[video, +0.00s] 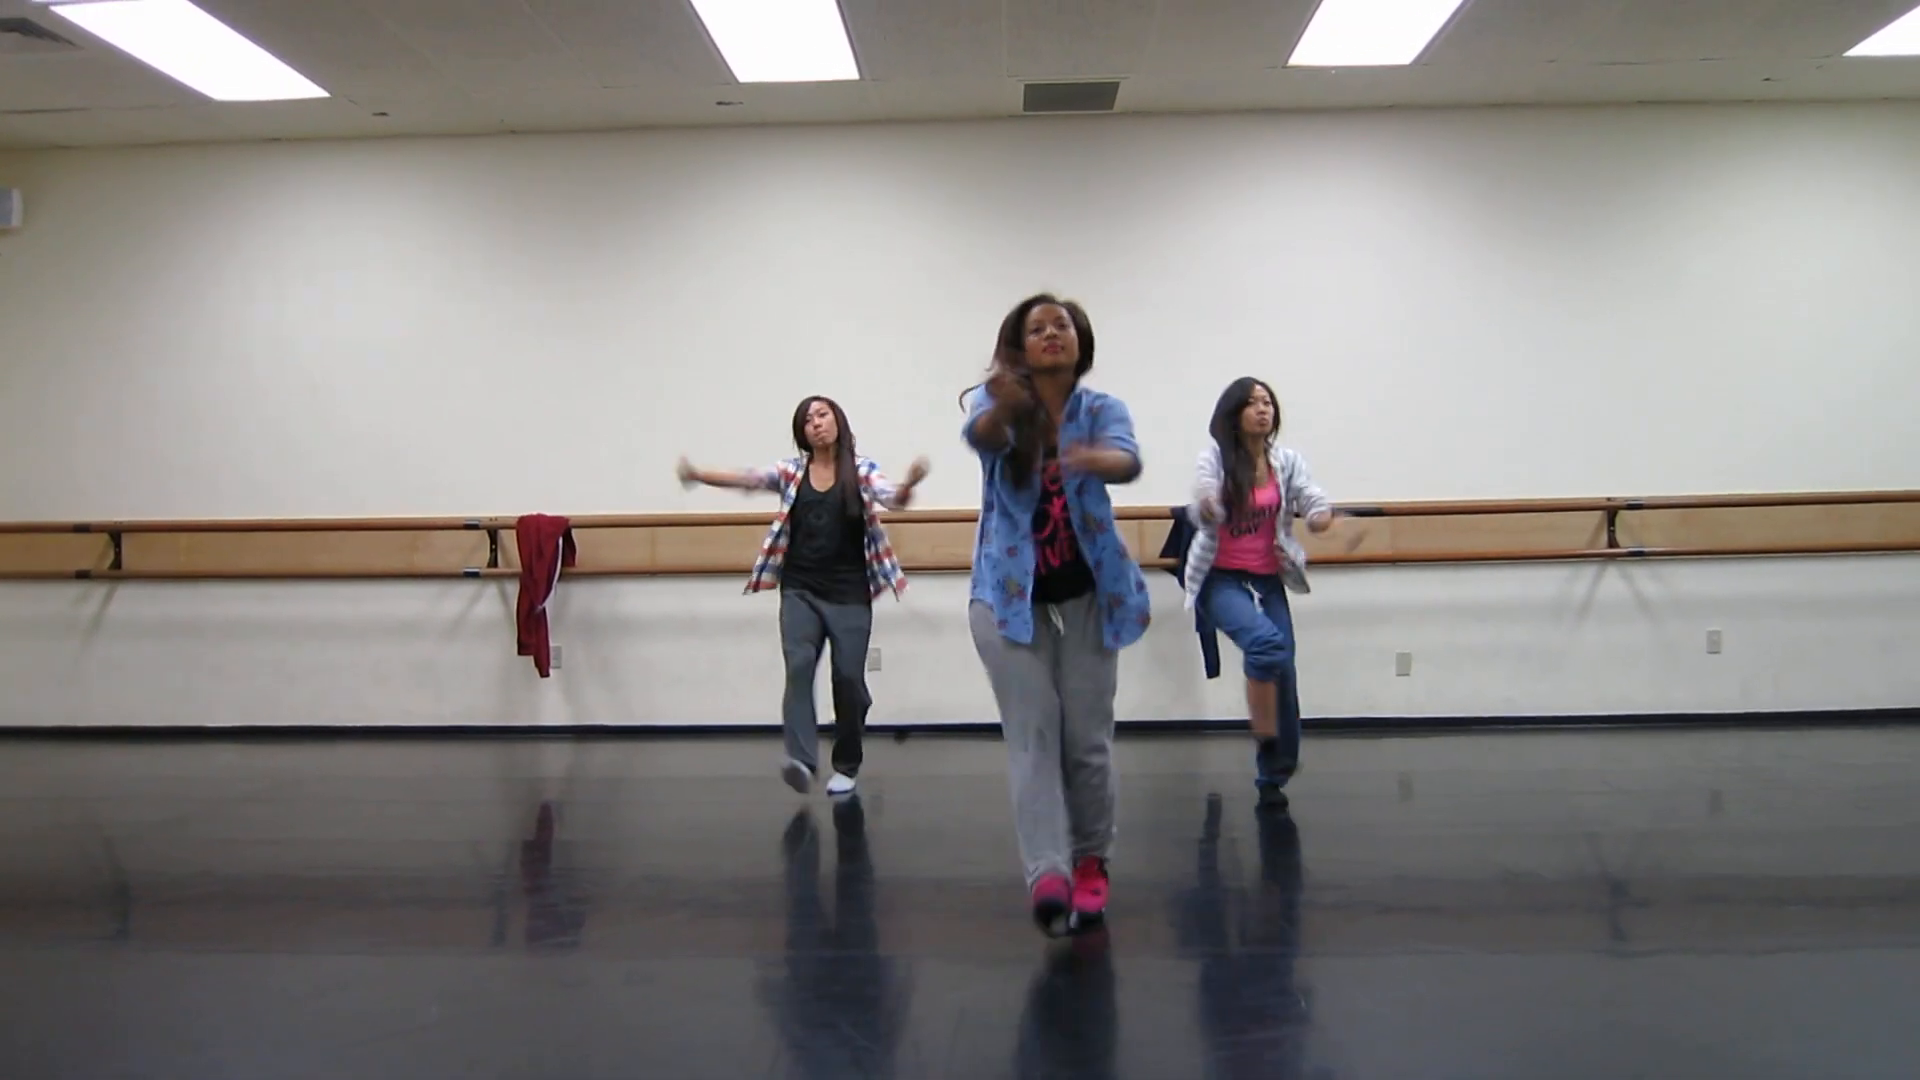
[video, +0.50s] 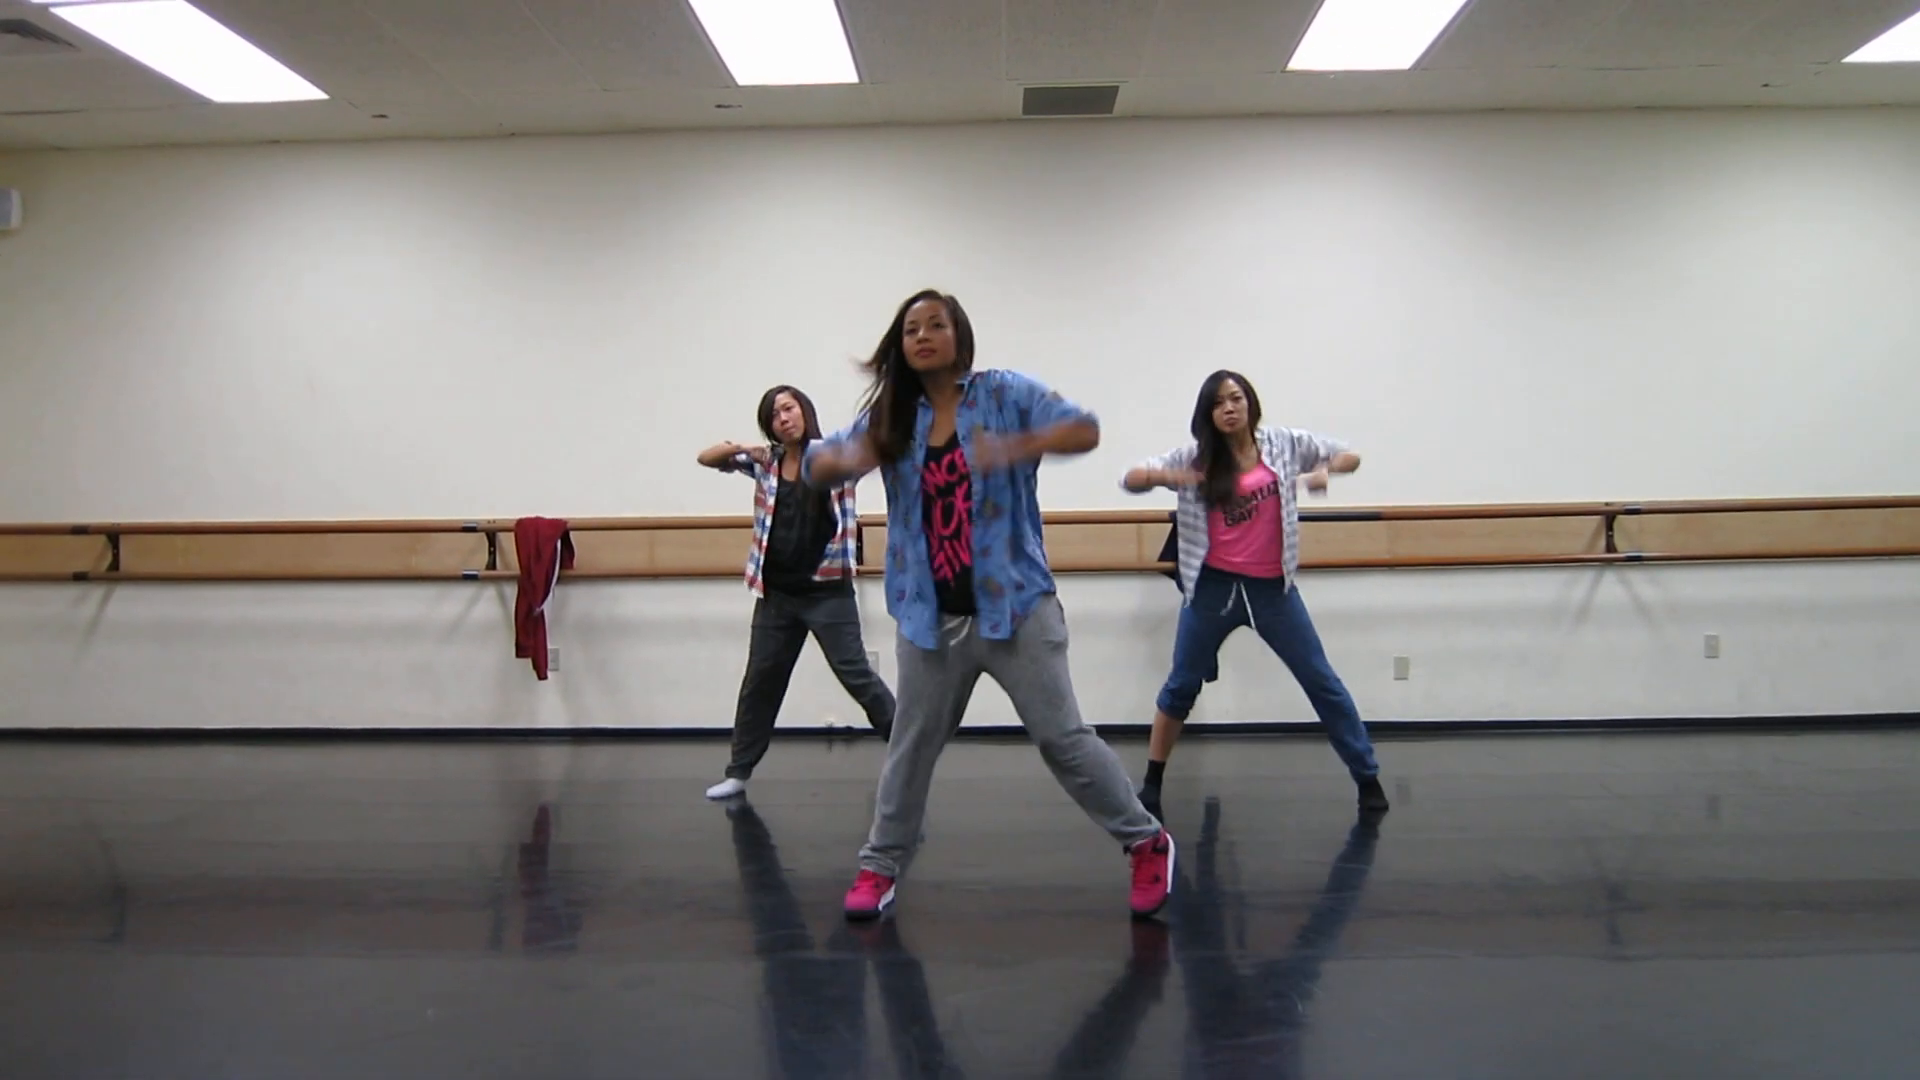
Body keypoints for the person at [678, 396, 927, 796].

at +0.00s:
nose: (818, 422)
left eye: (824, 414)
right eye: (810, 419)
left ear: (840, 422)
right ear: (803, 433)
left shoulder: (861, 469)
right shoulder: (791, 471)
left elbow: (894, 503)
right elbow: (746, 479)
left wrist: (909, 484)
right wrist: (698, 475)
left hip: (850, 596)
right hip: (800, 593)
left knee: (849, 681)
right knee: (798, 670)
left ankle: (846, 768)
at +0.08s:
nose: (813, 415)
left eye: (820, 408)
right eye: (805, 412)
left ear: (835, 415)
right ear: (798, 425)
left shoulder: (855, 459)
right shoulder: (793, 461)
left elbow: (839, 492)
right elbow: (775, 473)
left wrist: (802, 505)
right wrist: (778, 475)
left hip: (843, 590)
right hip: (795, 585)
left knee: (847, 684)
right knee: (779, 654)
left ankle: (844, 766)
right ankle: (770, 737)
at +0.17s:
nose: (806, 399)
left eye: (812, 392)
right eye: (797, 396)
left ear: (828, 399)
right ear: (790, 409)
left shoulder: (848, 443)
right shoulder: (785, 443)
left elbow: (811, 481)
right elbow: (780, 463)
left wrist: (760, 495)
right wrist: (803, 451)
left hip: (842, 577)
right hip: (791, 571)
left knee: (850, 662)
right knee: (762, 640)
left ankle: (852, 759)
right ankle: (771, 731)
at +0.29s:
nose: (795, 402)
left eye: (801, 393)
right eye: (788, 399)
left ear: (820, 400)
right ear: (782, 413)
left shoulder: (840, 436)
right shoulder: (774, 449)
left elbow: (868, 459)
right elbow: (722, 456)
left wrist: (810, 459)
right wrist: (762, 439)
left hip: (834, 579)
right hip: (780, 580)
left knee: (862, 657)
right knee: (757, 667)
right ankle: (730, 763)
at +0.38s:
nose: (789, 413)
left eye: (795, 405)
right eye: (781, 410)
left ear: (814, 412)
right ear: (775, 425)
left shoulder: (842, 459)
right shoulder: (766, 462)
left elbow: (890, 449)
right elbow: (709, 453)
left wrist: (842, 447)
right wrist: (746, 449)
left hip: (831, 595)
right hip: (776, 597)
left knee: (864, 675)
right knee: (757, 682)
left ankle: (910, 754)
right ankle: (737, 773)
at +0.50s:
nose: (783, 416)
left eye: (789, 407)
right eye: (775, 413)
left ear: (807, 411)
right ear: (771, 426)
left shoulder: (834, 453)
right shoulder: (763, 462)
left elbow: (875, 443)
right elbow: (706, 458)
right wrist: (740, 448)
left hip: (829, 593)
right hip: (776, 594)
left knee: (857, 677)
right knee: (759, 683)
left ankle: (909, 751)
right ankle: (738, 774)